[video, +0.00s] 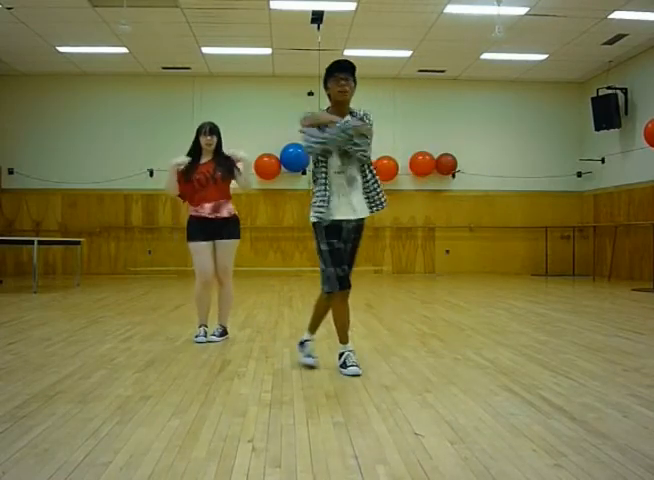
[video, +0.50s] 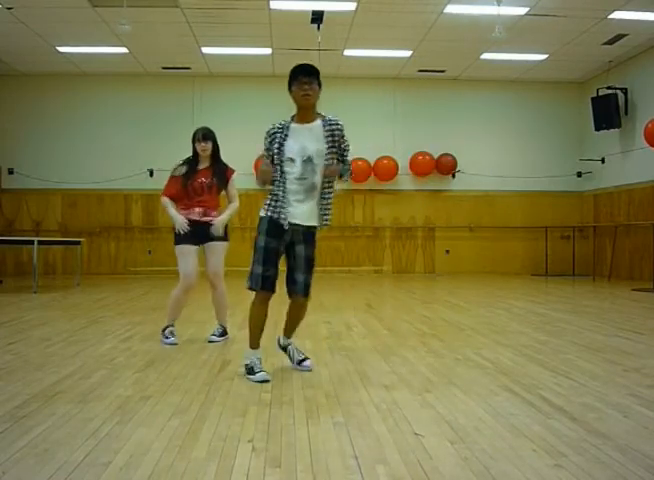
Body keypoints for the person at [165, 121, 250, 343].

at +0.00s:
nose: (208, 138)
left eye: (212, 134)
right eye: (204, 135)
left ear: (218, 138)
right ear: (198, 138)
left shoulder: (226, 162)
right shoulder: (189, 165)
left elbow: (246, 185)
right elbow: (173, 191)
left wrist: (244, 166)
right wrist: (173, 169)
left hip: (225, 222)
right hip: (198, 222)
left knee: (224, 276)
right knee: (204, 276)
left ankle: (222, 326)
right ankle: (202, 326)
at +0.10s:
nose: (208, 138)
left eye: (212, 134)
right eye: (204, 134)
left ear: (219, 138)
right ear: (198, 138)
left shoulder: (227, 163)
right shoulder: (189, 165)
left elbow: (246, 188)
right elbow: (173, 194)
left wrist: (244, 169)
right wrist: (172, 170)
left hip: (224, 223)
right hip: (197, 223)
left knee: (222, 276)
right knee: (201, 278)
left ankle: (222, 326)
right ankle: (201, 326)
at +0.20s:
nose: (209, 140)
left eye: (213, 136)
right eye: (205, 136)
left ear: (219, 140)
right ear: (199, 139)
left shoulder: (229, 166)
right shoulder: (190, 166)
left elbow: (236, 198)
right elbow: (181, 197)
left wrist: (244, 177)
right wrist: (176, 178)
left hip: (223, 221)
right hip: (196, 221)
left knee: (220, 276)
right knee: (201, 277)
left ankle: (222, 326)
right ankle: (201, 326)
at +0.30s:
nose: (209, 142)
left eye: (213, 139)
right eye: (205, 139)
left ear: (219, 142)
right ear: (200, 142)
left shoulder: (229, 169)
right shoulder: (187, 167)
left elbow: (232, 203)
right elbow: (180, 200)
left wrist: (242, 192)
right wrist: (190, 186)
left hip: (222, 222)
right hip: (195, 224)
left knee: (220, 276)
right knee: (199, 276)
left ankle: (222, 326)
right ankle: (197, 325)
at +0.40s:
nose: (207, 144)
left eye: (211, 140)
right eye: (203, 141)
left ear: (218, 143)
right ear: (198, 144)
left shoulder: (226, 170)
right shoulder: (185, 168)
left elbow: (233, 199)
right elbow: (173, 197)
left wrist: (233, 209)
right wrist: (184, 210)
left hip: (220, 224)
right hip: (193, 225)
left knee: (218, 275)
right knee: (195, 277)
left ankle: (223, 327)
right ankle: (184, 324)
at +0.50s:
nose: (202, 145)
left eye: (206, 141)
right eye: (198, 141)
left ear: (214, 143)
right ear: (193, 144)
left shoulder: (223, 171)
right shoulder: (182, 169)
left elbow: (235, 202)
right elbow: (166, 198)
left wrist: (222, 219)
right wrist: (176, 217)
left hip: (213, 224)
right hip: (186, 225)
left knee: (215, 277)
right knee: (188, 279)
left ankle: (221, 326)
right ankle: (169, 326)